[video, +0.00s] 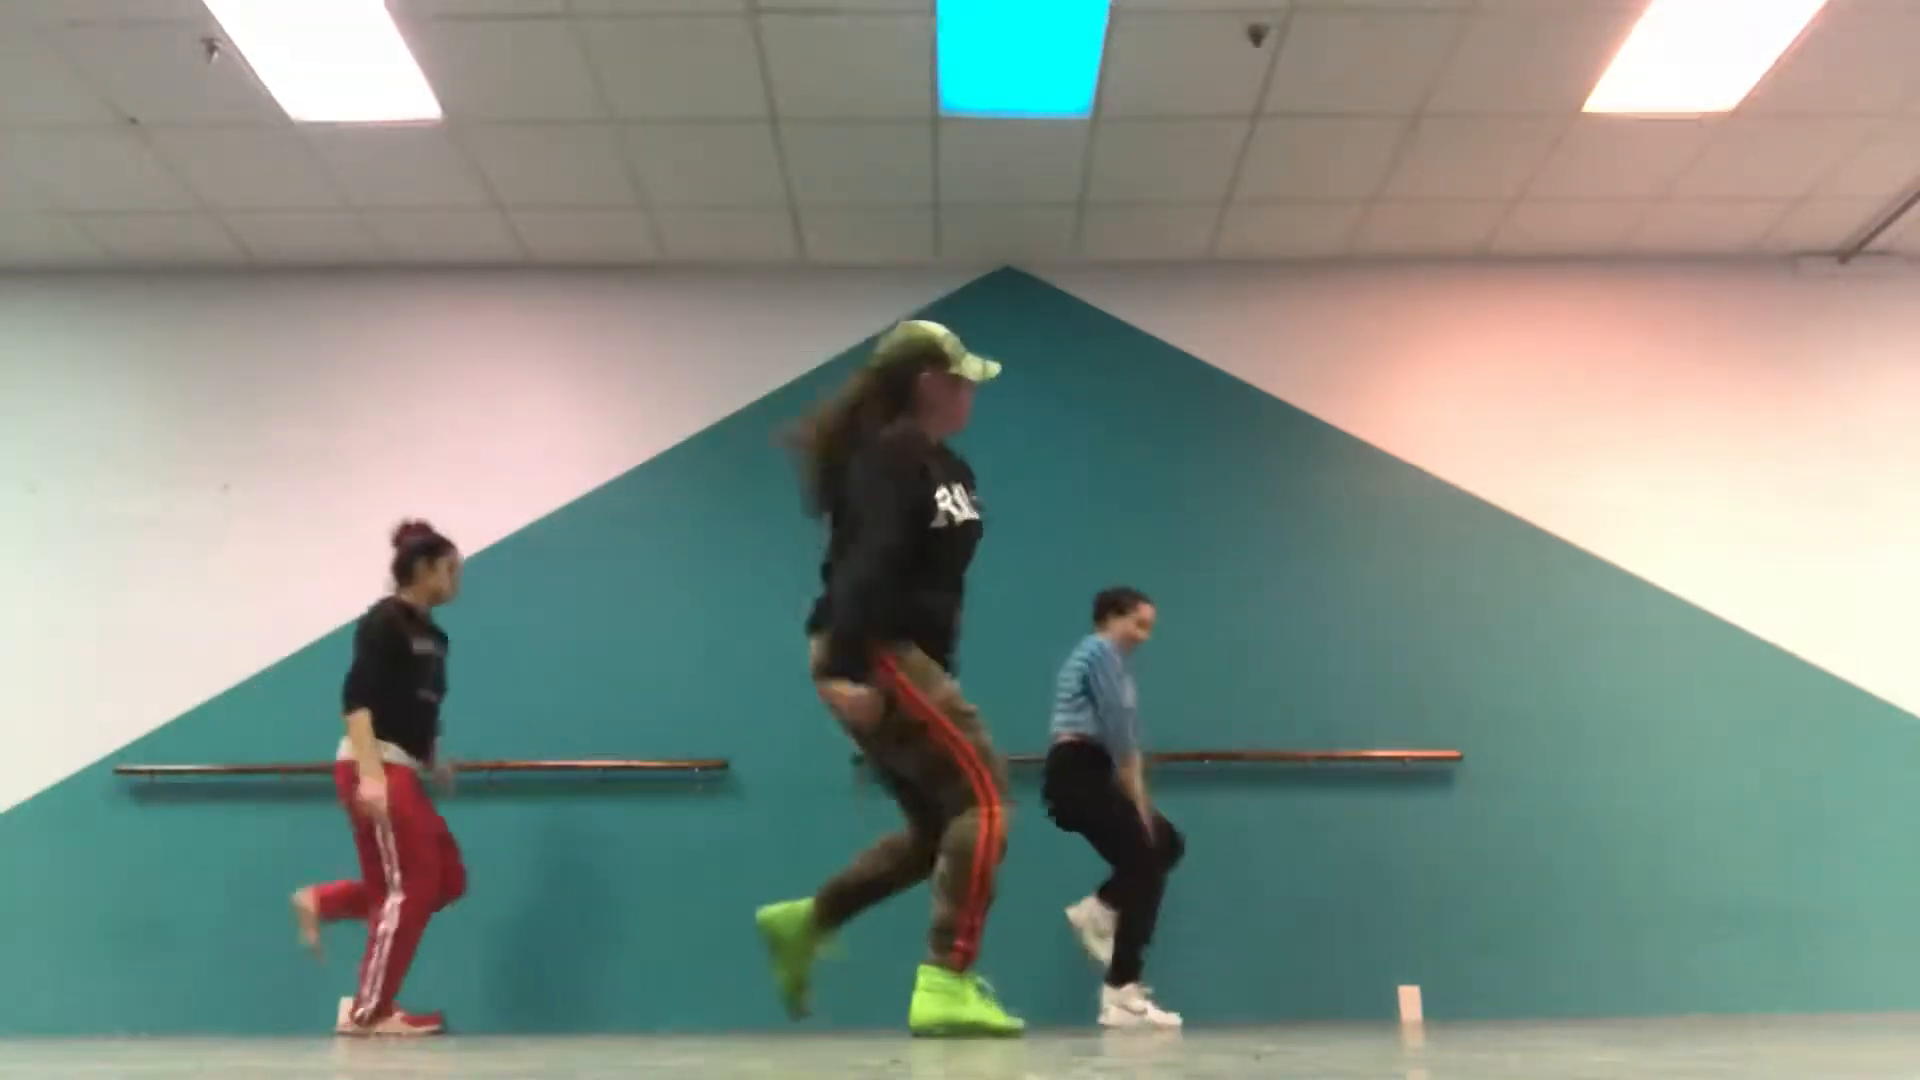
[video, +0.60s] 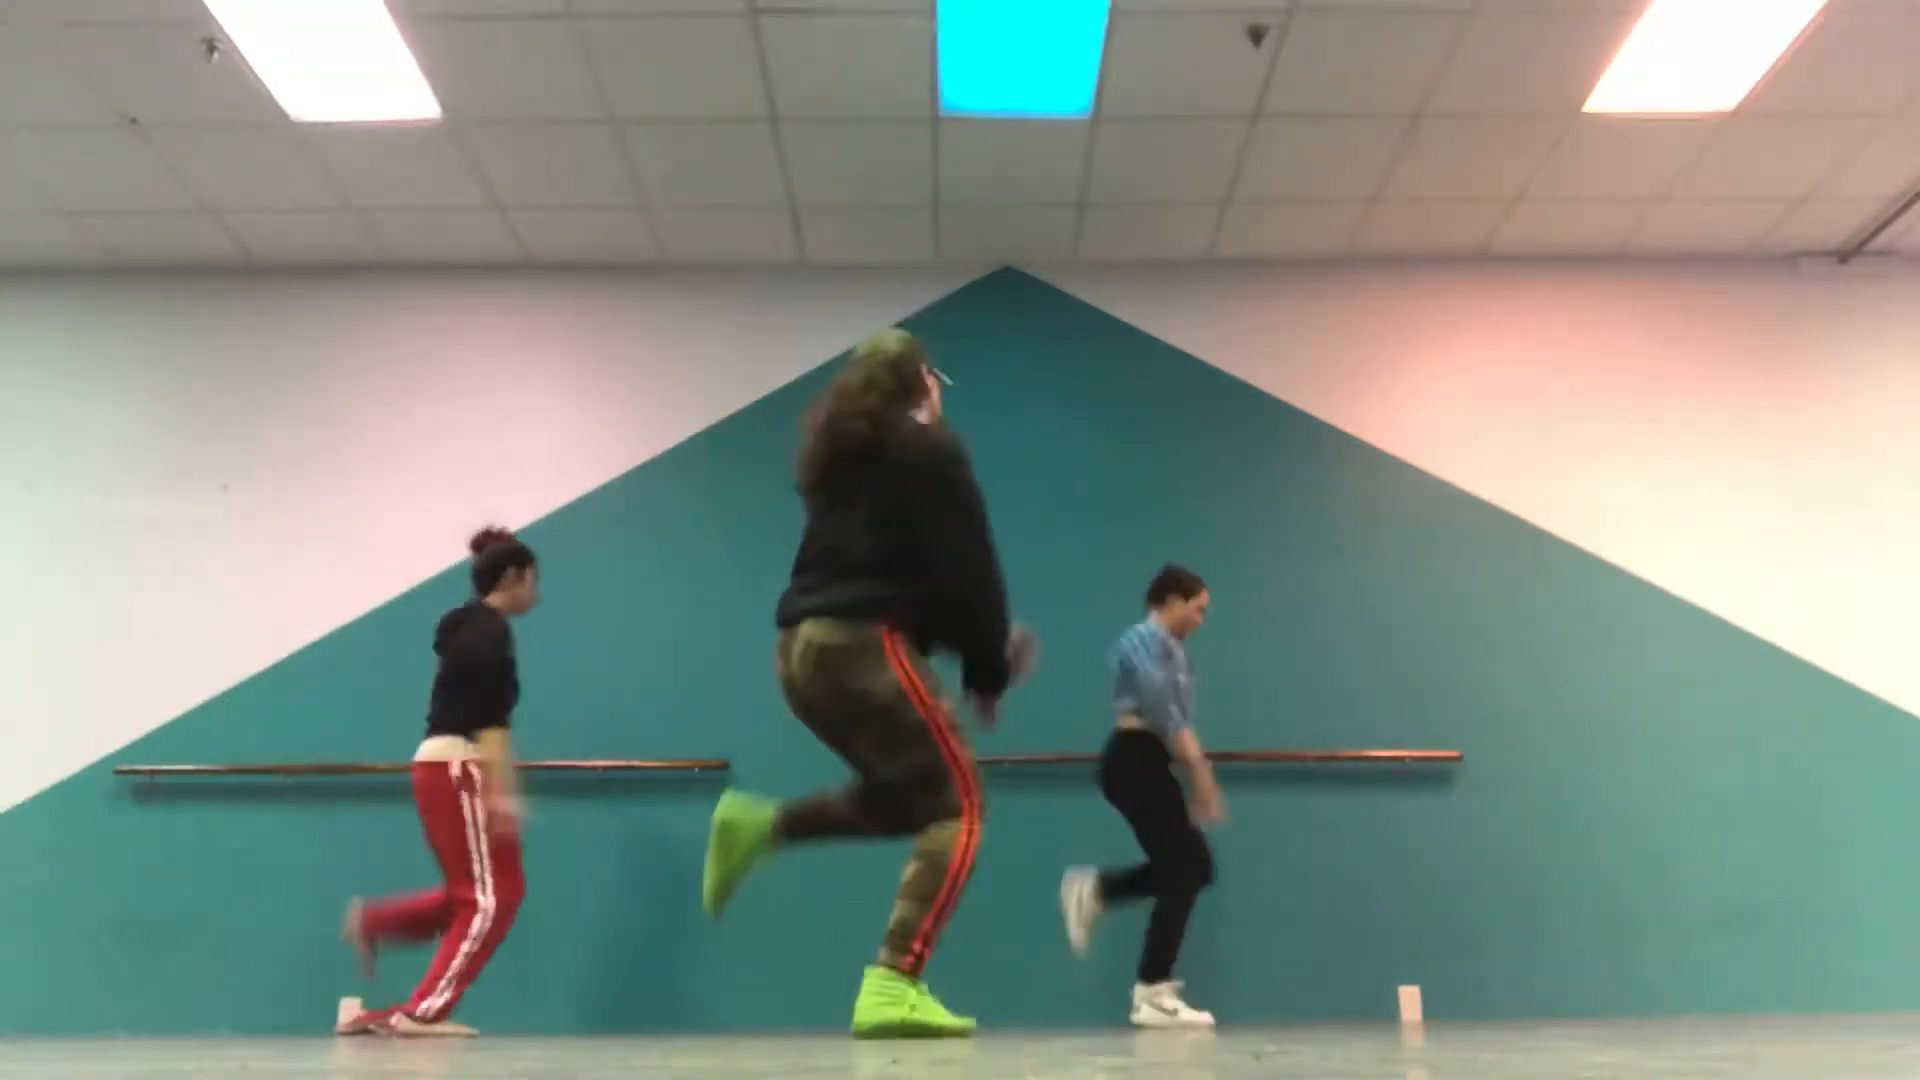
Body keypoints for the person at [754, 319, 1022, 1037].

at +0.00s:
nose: (971, 397)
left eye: (970, 385)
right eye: (963, 385)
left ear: (930, 386)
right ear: (929, 385)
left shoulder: (946, 464)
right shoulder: (890, 454)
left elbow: (926, 564)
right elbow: (865, 556)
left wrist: (936, 665)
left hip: (901, 648)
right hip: (876, 650)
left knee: (938, 834)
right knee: (980, 795)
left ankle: (805, 923)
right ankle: (947, 981)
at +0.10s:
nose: (970, 403)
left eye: (968, 391)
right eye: (960, 390)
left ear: (930, 394)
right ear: (922, 393)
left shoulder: (935, 464)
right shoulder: (885, 457)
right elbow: (830, 530)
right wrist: (778, 617)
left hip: (891, 655)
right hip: (857, 654)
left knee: (881, 838)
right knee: (970, 779)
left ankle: (751, 941)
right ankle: (945, 976)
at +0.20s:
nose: (959, 432)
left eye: (958, 420)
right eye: (950, 419)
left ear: (924, 421)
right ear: (914, 422)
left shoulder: (926, 492)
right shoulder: (874, 493)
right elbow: (820, 518)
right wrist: (765, 536)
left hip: (878, 681)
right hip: (841, 679)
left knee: (816, 843)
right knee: (953, 789)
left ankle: (699, 971)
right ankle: (962, 983)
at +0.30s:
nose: (954, 460)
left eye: (953, 448)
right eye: (946, 447)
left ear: (915, 446)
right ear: (911, 446)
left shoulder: (913, 515)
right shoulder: (857, 503)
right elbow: (797, 483)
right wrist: (818, 477)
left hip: (862, 711)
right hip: (823, 709)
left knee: (770, 864)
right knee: (949, 788)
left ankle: (676, 989)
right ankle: (960, 986)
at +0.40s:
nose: (958, 418)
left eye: (957, 406)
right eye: (950, 405)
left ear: (921, 404)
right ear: (917, 405)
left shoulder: (908, 473)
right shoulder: (878, 467)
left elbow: (901, 552)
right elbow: (876, 538)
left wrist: (915, 590)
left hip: (848, 662)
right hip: (829, 661)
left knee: (785, 835)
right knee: (954, 780)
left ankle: (686, 975)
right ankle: (936, 978)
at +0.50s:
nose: (957, 395)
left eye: (952, 382)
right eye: (948, 383)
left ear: (894, 388)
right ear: (925, 386)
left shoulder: (859, 445)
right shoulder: (912, 452)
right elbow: (921, 579)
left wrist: (948, 674)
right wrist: (967, 679)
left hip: (802, 631)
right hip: (853, 632)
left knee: (861, 820)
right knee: (950, 802)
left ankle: (725, 918)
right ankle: (898, 973)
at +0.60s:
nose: (941, 389)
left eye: (935, 378)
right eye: (934, 378)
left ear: (868, 389)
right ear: (916, 388)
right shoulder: (929, 448)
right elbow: (968, 568)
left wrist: (983, 645)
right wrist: (988, 671)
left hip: (800, 652)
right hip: (863, 649)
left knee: (905, 804)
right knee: (958, 809)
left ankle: (762, 825)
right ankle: (895, 980)